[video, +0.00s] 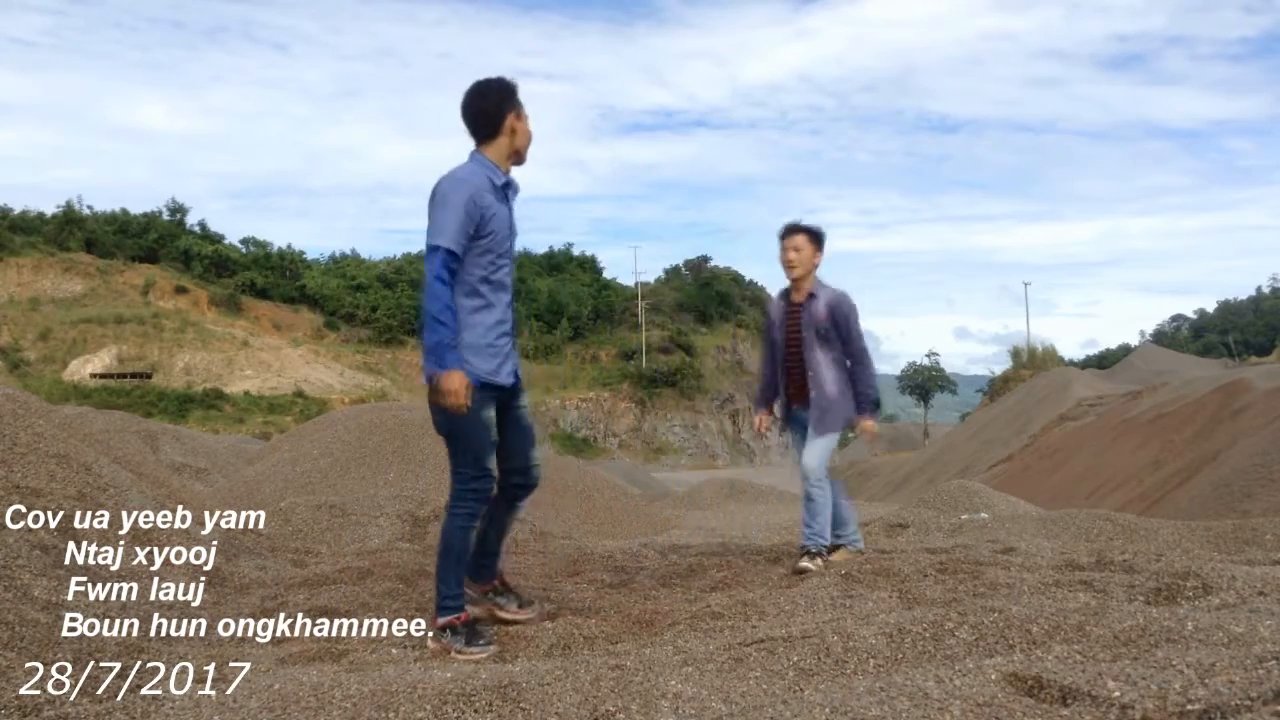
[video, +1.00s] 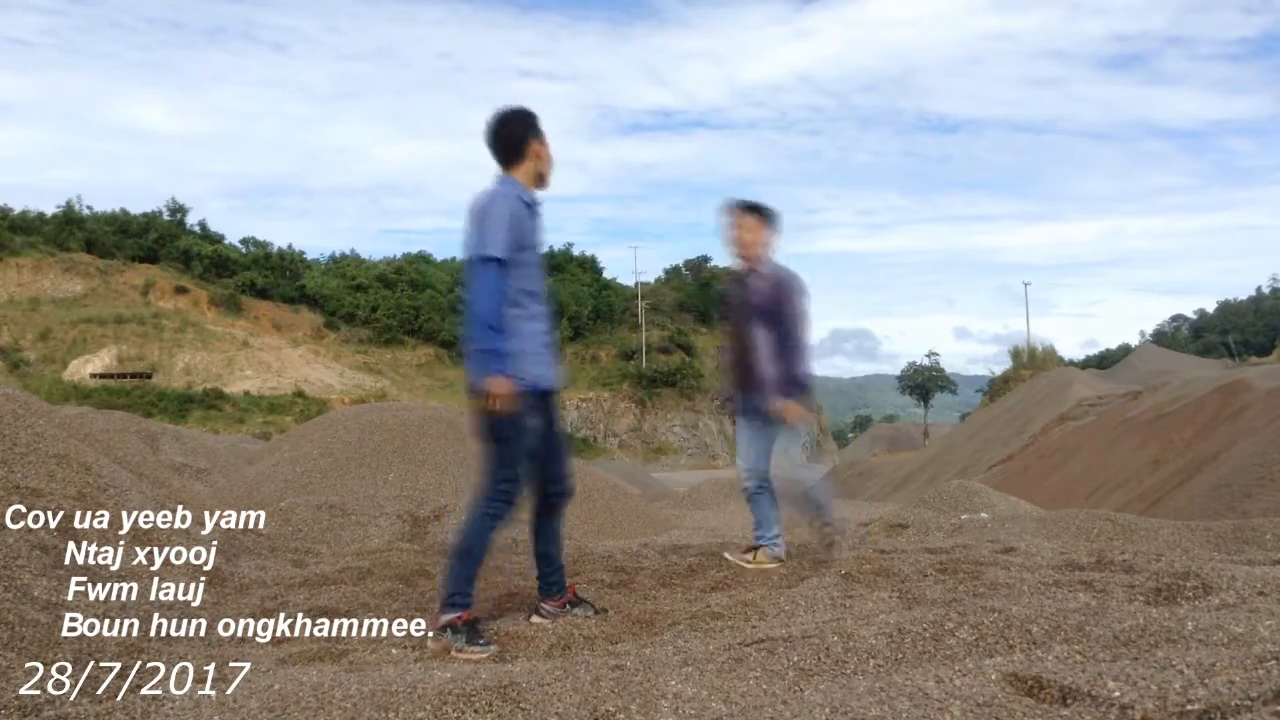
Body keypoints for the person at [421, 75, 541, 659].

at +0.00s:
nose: (531, 129)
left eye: (527, 117)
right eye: (527, 118)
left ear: (492, 126)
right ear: (513, 123)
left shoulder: (499, 192)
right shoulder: (459, 187)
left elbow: (485, 283)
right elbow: (437, 278)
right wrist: (446, 365)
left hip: (501, 370)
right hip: (463, 372)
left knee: (519, 476)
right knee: (472, 485)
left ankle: (481, 579)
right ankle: (447, 618)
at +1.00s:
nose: (550, 153)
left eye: (546, 143)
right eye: (546, 143)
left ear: (511, 151)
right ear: (534, 147)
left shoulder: (521, 207)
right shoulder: (499, 202)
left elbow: (518, 295)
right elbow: (485, 289)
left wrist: (539, 370)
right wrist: (494, 369)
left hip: (537, 380)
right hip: (510, 381)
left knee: (553, 488)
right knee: (501, 493)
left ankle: (553, 594)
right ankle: (452, 613)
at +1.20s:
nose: (569, 161)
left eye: (566, 151)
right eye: (566, 150)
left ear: (526, 155)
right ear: (554, 152)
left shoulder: (533, 211)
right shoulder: (515, 202)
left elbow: (537, 298)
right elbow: (508, 286)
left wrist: (585, 326)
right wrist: (562, 344)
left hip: (532, 377)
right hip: (505, 375)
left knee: (552, 488)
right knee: (507, 492)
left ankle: (554, 596)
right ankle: (459, 614)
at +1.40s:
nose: (541, 152)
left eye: (538, 142)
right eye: (536, 143)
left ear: (501, 149)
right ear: (521, 147)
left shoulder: (506, 204)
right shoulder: (494, 202)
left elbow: (505, 280)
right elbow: (486, 290)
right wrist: (541, 306)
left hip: (513, 377)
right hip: (486, 379)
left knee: (560, 457)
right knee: (511, 496)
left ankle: (556, 584)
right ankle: (460, 616)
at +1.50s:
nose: (516, 145)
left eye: (513, 135)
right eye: (511, 135)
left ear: (480, 143)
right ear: (494, 140)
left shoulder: (502, 202)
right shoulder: (460, 211)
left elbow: (555, 242)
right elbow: (479, 302)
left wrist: (541, 240)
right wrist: (542, 276)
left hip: (521, 364)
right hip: (481, 378)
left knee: (597, 373)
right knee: (505, 491)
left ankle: (546, 464)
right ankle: (461, 615)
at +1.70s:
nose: (562, 239)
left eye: (563, 228)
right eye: (553, 230)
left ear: (563, 222)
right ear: (522, 229)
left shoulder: (558, 261)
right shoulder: (486, 272)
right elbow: (451, 333)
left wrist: (580, 287)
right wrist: (523, 343)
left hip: (554, 392)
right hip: (505, 396)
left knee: (574, 484)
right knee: (514, 491)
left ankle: (559, 585)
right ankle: (467, 610)